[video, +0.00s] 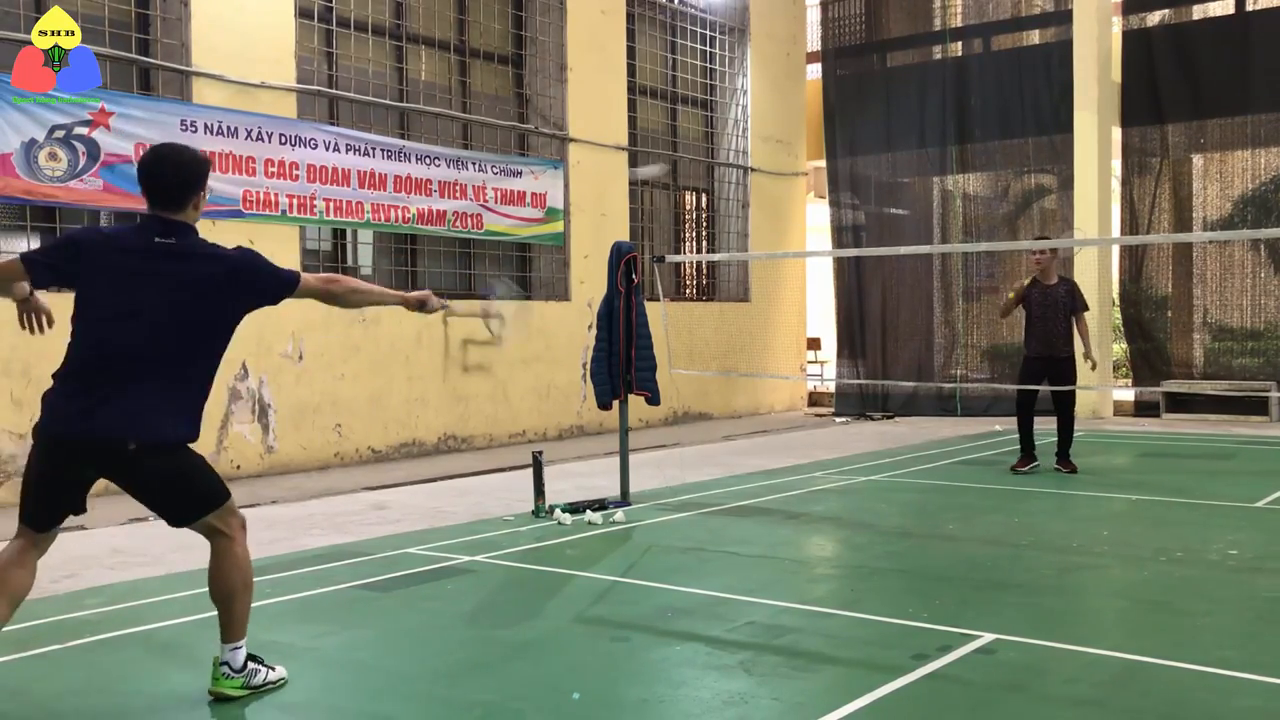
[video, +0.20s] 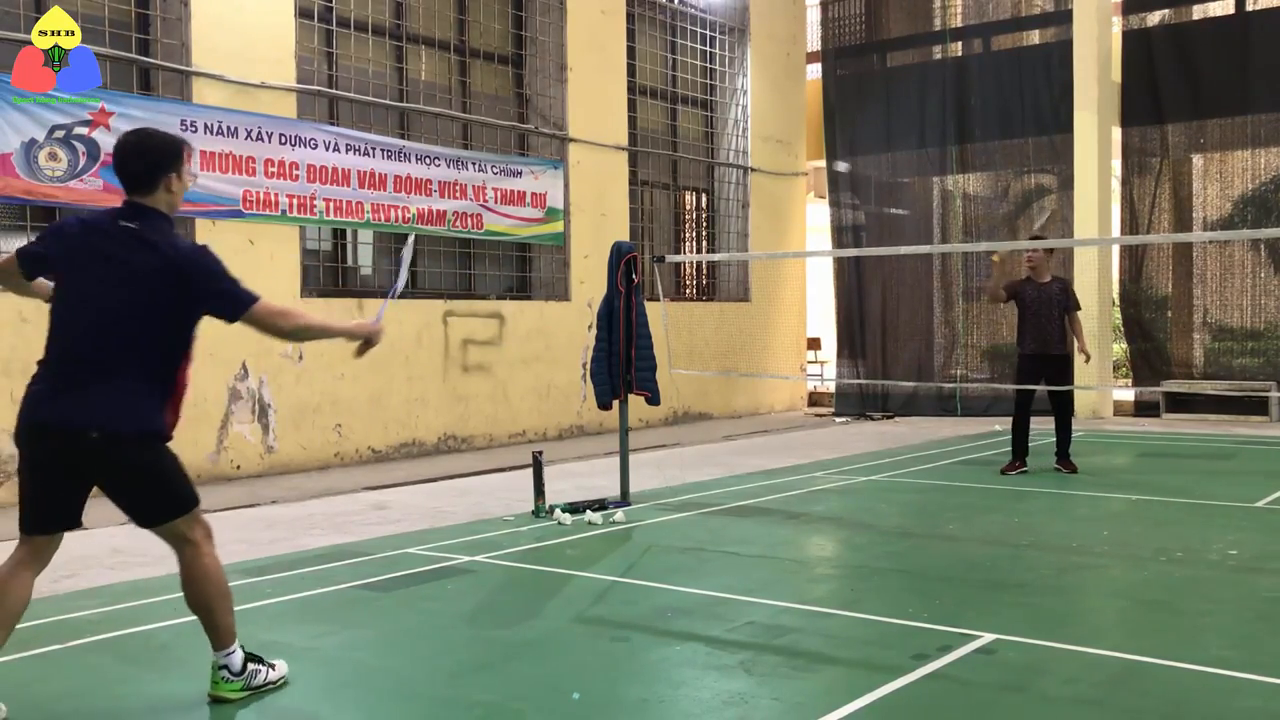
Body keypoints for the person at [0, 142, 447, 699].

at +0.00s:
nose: (207, 193)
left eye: (201, 186)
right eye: (206, 187)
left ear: (145, 192)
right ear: (199, 197)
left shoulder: (93, 246)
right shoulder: (230, 268)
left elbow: (9, 272)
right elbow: (329, 287)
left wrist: (22, 295)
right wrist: (404, 297)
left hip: (64, 430)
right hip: (151, 439)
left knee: (26, 541)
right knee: (228, 528)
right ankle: (233, 663)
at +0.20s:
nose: (190, 180)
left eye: (187, 169)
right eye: (186, 171)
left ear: (125, 180)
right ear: (171, 180)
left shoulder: (76, 231)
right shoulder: (185, 260)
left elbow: (8, 271)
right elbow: (278, 322)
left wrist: (53, 292)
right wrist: (353, 328)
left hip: (46, 425)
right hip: (125, 432)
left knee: (30, 551)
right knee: (193, 538)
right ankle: (230, 664)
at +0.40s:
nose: (160, 194)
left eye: (157, 182)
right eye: (155, 183)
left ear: (96, 191)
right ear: (134, 188)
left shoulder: (46, 237)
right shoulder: (129, 257)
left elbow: (39, 309)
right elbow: (198, 343)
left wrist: (106, 326)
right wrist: (272, 362)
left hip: (9, 432)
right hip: (75, 436)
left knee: (17, 562)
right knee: (151, 547)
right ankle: (215, 666)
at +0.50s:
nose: (159, 186)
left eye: (156, 175)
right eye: (155, 175)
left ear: (94, 183)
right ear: (135, 181)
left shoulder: (46, 227)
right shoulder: (131, 250)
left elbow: (25, 310)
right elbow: (191, 344)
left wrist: (95, 343)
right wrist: (265, 377)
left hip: (9, 421)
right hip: (70, 425)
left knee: (12, 561)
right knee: (145, 543)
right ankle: (177, 683)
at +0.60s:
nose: (167, 184)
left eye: (165, 172)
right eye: (165, 173)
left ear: (106, 178)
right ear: (148, 179)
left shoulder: (52, 223)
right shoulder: (145, 249)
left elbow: (15, 296)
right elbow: (193, 350)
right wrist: (243, 374)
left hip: (9, 416)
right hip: (74, 422)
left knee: (6, 565)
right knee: (137, 549)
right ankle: (149, 700)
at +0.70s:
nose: (186, 194)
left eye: (183, 183)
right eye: (182, 184)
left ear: (123, 189)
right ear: (165, 189)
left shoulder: (70, 230)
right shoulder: (172, 257)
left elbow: (10, 315)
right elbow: (217, 355)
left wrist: (20, 366)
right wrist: (229, 384)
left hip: (12, 412)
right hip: (87, 419)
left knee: (3, 563)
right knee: (145, 549)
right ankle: (151, 699)